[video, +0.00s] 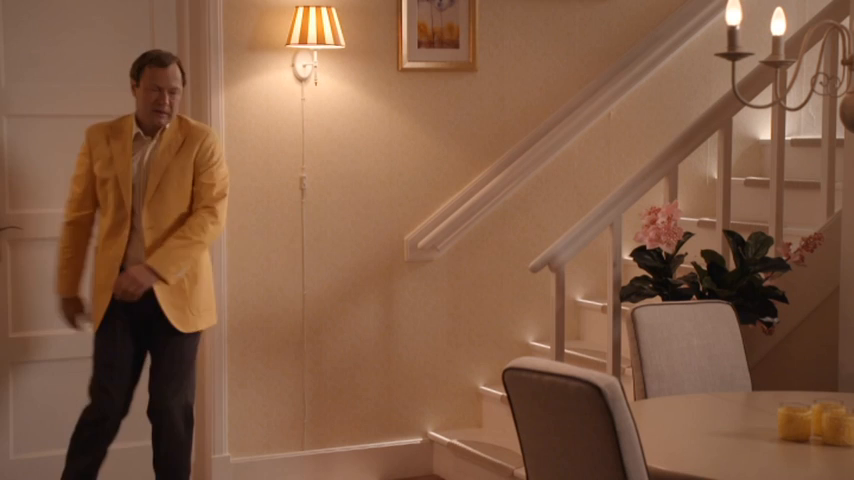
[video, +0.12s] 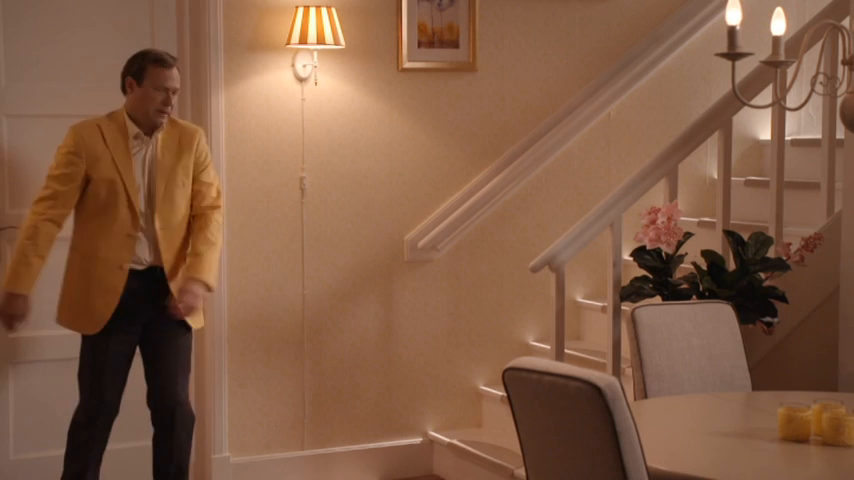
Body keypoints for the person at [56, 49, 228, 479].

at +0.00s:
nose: (165, 100)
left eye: (174, 92)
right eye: (156, 90)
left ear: (183, 95)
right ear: (135, 89)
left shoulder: (201, 142)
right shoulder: (100, 140)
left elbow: (209, 217)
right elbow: (78, 215)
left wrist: (154, 269)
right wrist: (69, 287)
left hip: (179, 298)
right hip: (119, 297)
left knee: (171, 412)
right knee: (106, 408)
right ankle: (75, 479)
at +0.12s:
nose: (171, 100)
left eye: (175, 91)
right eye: (162, 90)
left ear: (178, 93)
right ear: (131, 86)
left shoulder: (191, 141)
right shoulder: (87, 138)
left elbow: (208, 212)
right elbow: (48, 212)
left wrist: (198, 276)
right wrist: (17, 286)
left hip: (171, 291)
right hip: (110, 291)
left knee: (175, 411)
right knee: (97, 412)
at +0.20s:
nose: (173, 99)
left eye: (176, 90)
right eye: (164, 90)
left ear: (177, 91)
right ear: (131, 87)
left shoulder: (181, 138)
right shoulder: (87, 136)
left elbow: (202, 209)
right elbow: (38, 208)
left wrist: (223, 272)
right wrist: (6, 275)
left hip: (171, 288)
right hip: (110, 291)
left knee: (178, 404)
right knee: (93, 416)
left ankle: (167, 478)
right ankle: (79, 479)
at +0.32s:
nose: (177, 101)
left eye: (179, 92)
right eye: (171, 90)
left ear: (145, 89)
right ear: (138, 86)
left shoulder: (171, 136)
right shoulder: (95, 136)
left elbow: (198, 205)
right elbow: (52, 200)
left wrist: (244, 262)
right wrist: (18, 264)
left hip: (164, 289)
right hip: (113, 293)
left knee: (181, 401)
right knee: (95, 412)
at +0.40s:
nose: (182, 101)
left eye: (183, 92)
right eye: (176, 91)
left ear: (152, 90)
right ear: (146, 88)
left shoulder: (170, 136)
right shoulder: (104, 136)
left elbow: (192, 201)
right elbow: (75, 196)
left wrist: (240, 251)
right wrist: (58, 252)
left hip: (164, 292)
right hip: (116, 294)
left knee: (187, 411)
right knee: (96, 415)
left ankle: (201, 479)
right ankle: (78, 479)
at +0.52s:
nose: (195, 104)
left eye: (196, 95)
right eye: (190, 94)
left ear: (167, 92)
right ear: (162, 89)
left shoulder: (169, 138)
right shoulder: (122, 137)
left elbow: (184, 207)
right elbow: (114, 210)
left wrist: (223, 245)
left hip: (167, 291)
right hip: (123, 294)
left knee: (201, 409)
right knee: (102, 415)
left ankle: (226, 479)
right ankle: (80, 478)